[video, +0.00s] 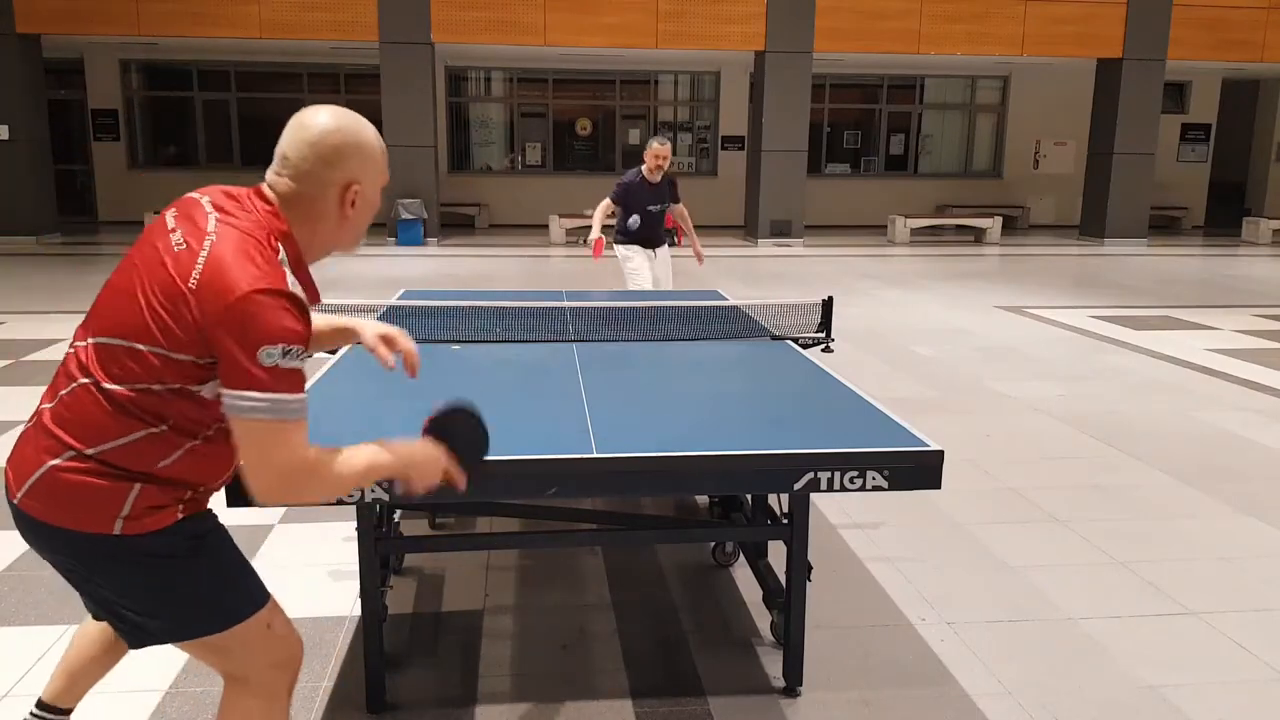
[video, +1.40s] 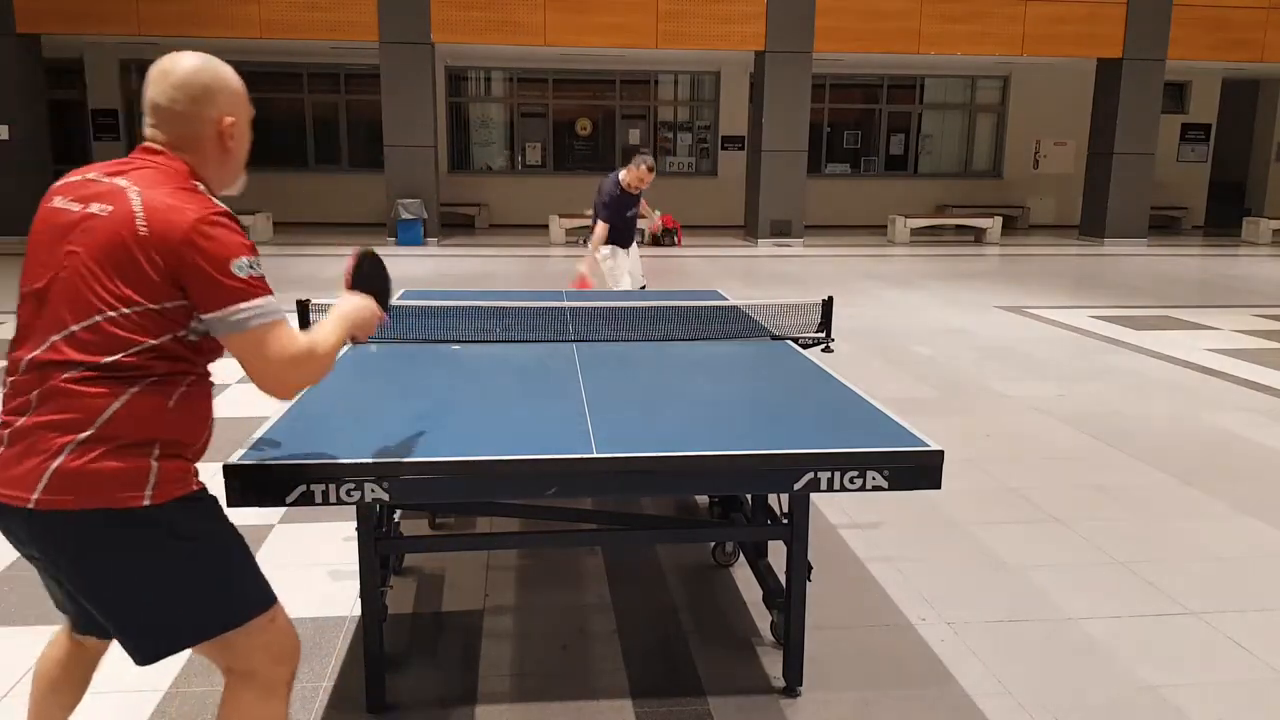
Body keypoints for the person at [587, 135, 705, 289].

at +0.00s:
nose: (660, 163)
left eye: (665, 158)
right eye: (656, 157)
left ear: (670, 160)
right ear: (645, 156)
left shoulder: (668, 182)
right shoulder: (630, 182)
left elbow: (679, 212)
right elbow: (604, 207)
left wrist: (695, 244)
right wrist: (595, 232)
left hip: (658, 246)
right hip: (630, 246)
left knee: (664, 296)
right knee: (643, 295)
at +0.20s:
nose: (650, 152)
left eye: (654, 147)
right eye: (645, 147)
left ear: (660, 149)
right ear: (637, 148)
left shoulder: (664, 174)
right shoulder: (622, 174)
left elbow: (675, 203)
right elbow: (600, 205)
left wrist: (679, 231)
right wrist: (604, 230)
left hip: (656, 243)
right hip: (626, 243)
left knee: (658, 291)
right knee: (627, 291)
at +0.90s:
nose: (647, 157)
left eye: (651, 153)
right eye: (643, 152)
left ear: (656, 154)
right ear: (633, 151)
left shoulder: (653, 175)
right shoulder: (621, 177)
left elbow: (656, 204)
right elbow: (600, 211)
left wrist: (665, 238)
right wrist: (611, 243)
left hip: (643, 242)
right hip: (617, 243)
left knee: (650, 288)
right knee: (617, 290)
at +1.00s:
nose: (649, 161)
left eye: (653, 157)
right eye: (645, 155)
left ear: (658, 158)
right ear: (635, 154)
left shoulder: (653, 175)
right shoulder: (621, 179)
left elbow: (655, 204)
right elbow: (606, 217)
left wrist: (664, 239)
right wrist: (628, 246)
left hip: (641, 239)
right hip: (615, 239)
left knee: (649, 285)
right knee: (620, 283)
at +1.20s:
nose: (649, 181)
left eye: (654, 177)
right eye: (646, 175)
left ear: (658, 175)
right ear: (635, 165)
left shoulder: (646, 184)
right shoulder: (618, 189)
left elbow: (643, 213)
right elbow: (617, 233)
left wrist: (656, 236)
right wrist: (645, 231)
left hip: (633, 239)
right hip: (608, 241)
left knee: (642, 286)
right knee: (625, 289)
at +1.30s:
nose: (647, 194)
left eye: (651, 190)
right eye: (645, 187)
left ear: (655, 188)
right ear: (635, 176)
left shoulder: (636, 189)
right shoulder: (612, 195)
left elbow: (639, 211)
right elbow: (607, 240)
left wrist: (654, 235)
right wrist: (633, 254)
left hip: (628, 244)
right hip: (603, 247)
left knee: (642, 288)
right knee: (625, 290)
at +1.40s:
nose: (643, 186)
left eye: (647, 183)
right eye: (640, 180)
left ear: (651, 180)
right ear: (630, 170)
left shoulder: (633, 186)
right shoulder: (610, 190)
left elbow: (638, 202)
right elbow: (601, 227)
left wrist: (653, 218)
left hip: (629, 243)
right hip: (609, 247)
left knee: (639, 286)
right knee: (623, 292)